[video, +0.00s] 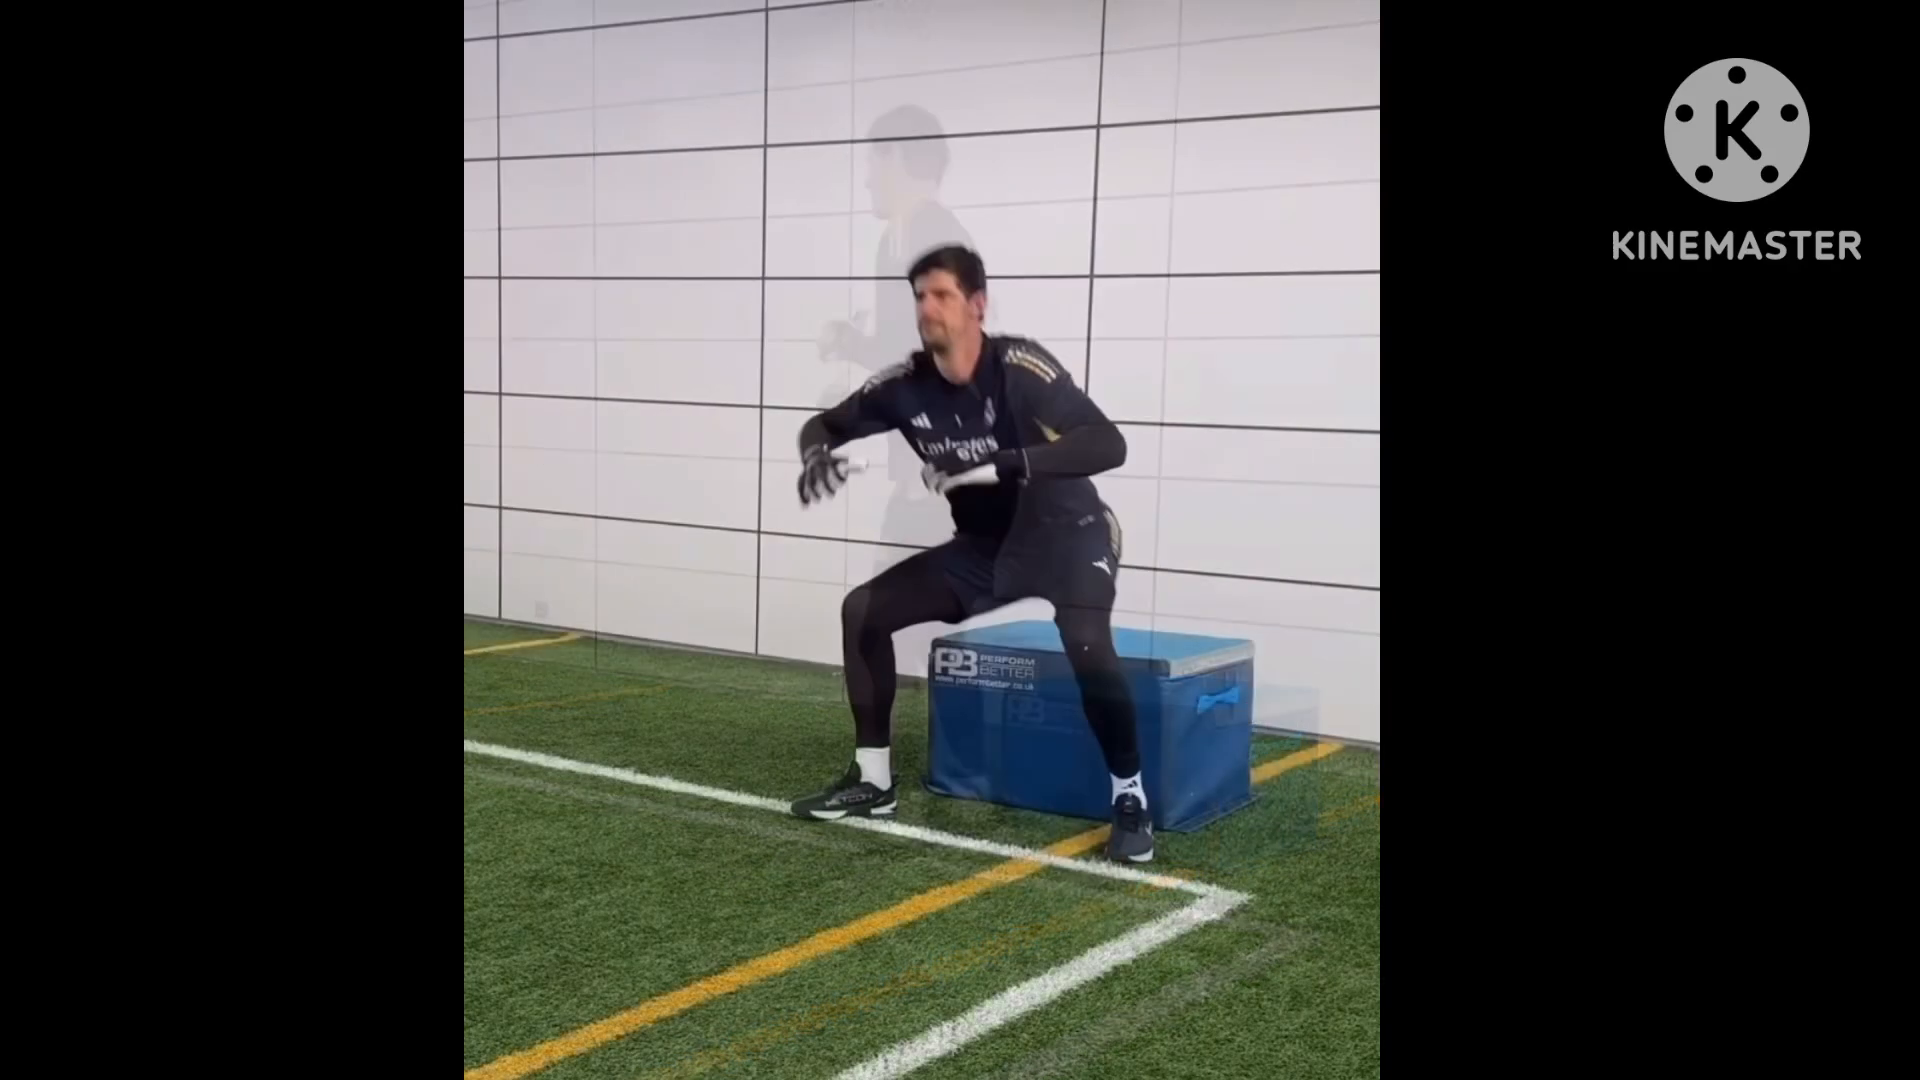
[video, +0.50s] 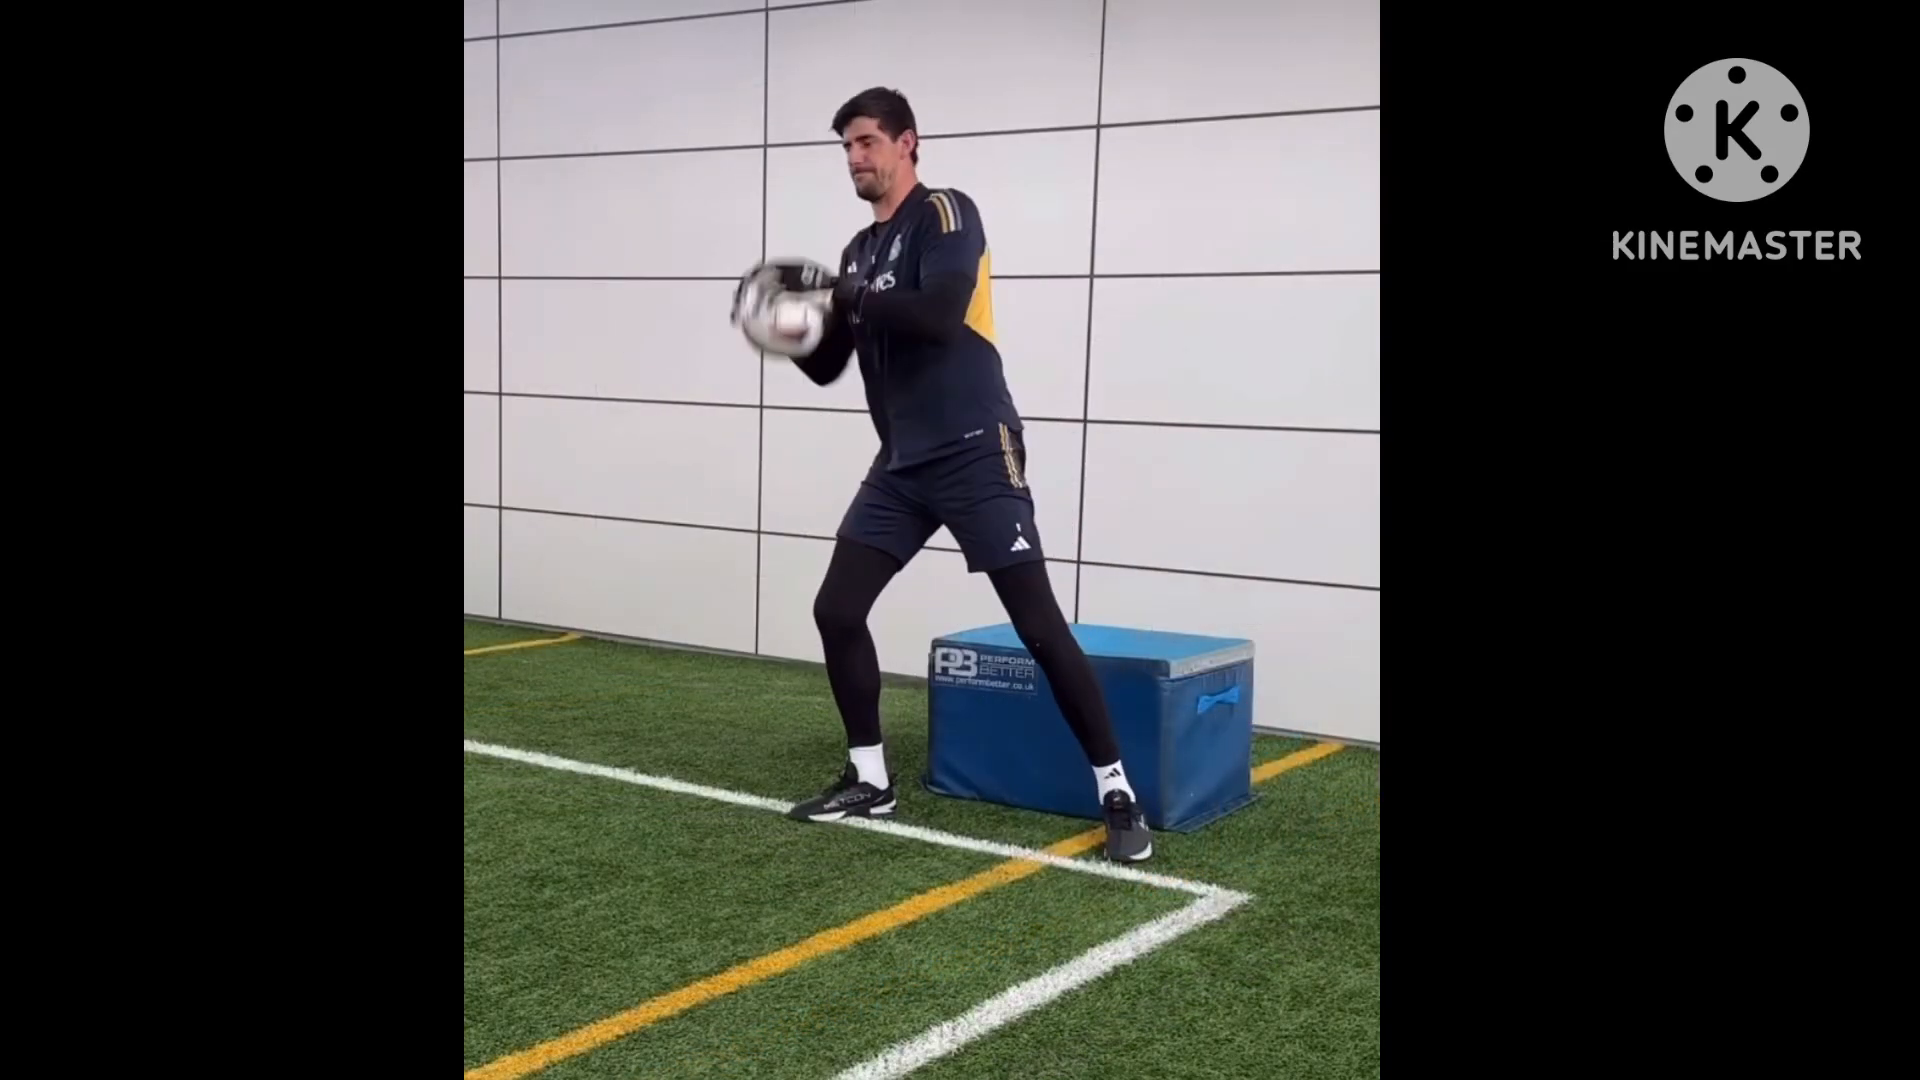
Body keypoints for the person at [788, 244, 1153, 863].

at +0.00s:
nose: (925, 309)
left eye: (939, 296)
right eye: (919, 297)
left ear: (977, 303)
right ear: (915, 306)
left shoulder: (1022, 366)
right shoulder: (903, 390)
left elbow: (1107, 444)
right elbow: (824, 426)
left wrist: (1005, 461)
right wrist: (816, 449)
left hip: (1069, 538)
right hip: (985, 548)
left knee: (1088, 648)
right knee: (864, 611)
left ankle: (1130, 801)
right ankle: (874, 781)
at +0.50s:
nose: (855, 158)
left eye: (867, 142)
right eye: (848, 147)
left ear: (907, 145)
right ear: (848, 158)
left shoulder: (948, 211)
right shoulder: (859, 251)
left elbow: (937, 315)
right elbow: (824, 365)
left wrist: (844, 296)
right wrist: (786, 326)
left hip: (977, 450)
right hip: (901, 462)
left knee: (1039, 625)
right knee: (837, 610)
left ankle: (1118, 793)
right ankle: (870, 782)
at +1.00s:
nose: (980, 385)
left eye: (994, 373)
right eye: (973, 373)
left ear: (1028, 381)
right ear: (966, 381)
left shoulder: (1068, 462)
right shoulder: (951, 460)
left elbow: (1098, 574)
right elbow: (874, 553)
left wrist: (1015, 564)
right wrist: (886, 540)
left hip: (1064, 621)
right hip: (980, 616)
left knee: (1019, 641)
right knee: (839, 626)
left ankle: (1010, 838)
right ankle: (865, 794)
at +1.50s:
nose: (916, 242)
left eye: (932, 228)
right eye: (909, 229)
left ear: (970, 236)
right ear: (903, 241)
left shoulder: (1024, 331)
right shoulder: (888, 336)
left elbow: (1107, 437)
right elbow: (829, 414)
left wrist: (1076, 504)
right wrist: (781, 476)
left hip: (1026, 522)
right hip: (946, 524)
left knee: (998, 657)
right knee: (830, 645)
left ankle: (1009, 838)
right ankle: (865, 798)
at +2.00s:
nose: (769, 301)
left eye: (778, 293)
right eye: (762, 292)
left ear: (791, 297)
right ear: (749, 293)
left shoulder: (798, 350)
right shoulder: (725, 330)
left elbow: (838, 423)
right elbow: (715, 380)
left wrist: (847, 383)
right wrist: (779, 356)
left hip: (769, 488)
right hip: (721, 485)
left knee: (769, 596)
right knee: (697, 588)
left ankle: (777, 703)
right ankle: (694, 683)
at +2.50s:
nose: (653, 398)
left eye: (660, 393)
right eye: (650, 391)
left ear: (673, 399)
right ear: (646, 394)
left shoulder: (680, 442)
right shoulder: (635, 423)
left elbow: (677, 500)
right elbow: (609, 461)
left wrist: (658, 496)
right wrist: (608, 497)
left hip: (675, 510)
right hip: (645, 505)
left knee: (666, 570)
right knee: (608, 565)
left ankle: (669, 647)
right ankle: (616, 632)